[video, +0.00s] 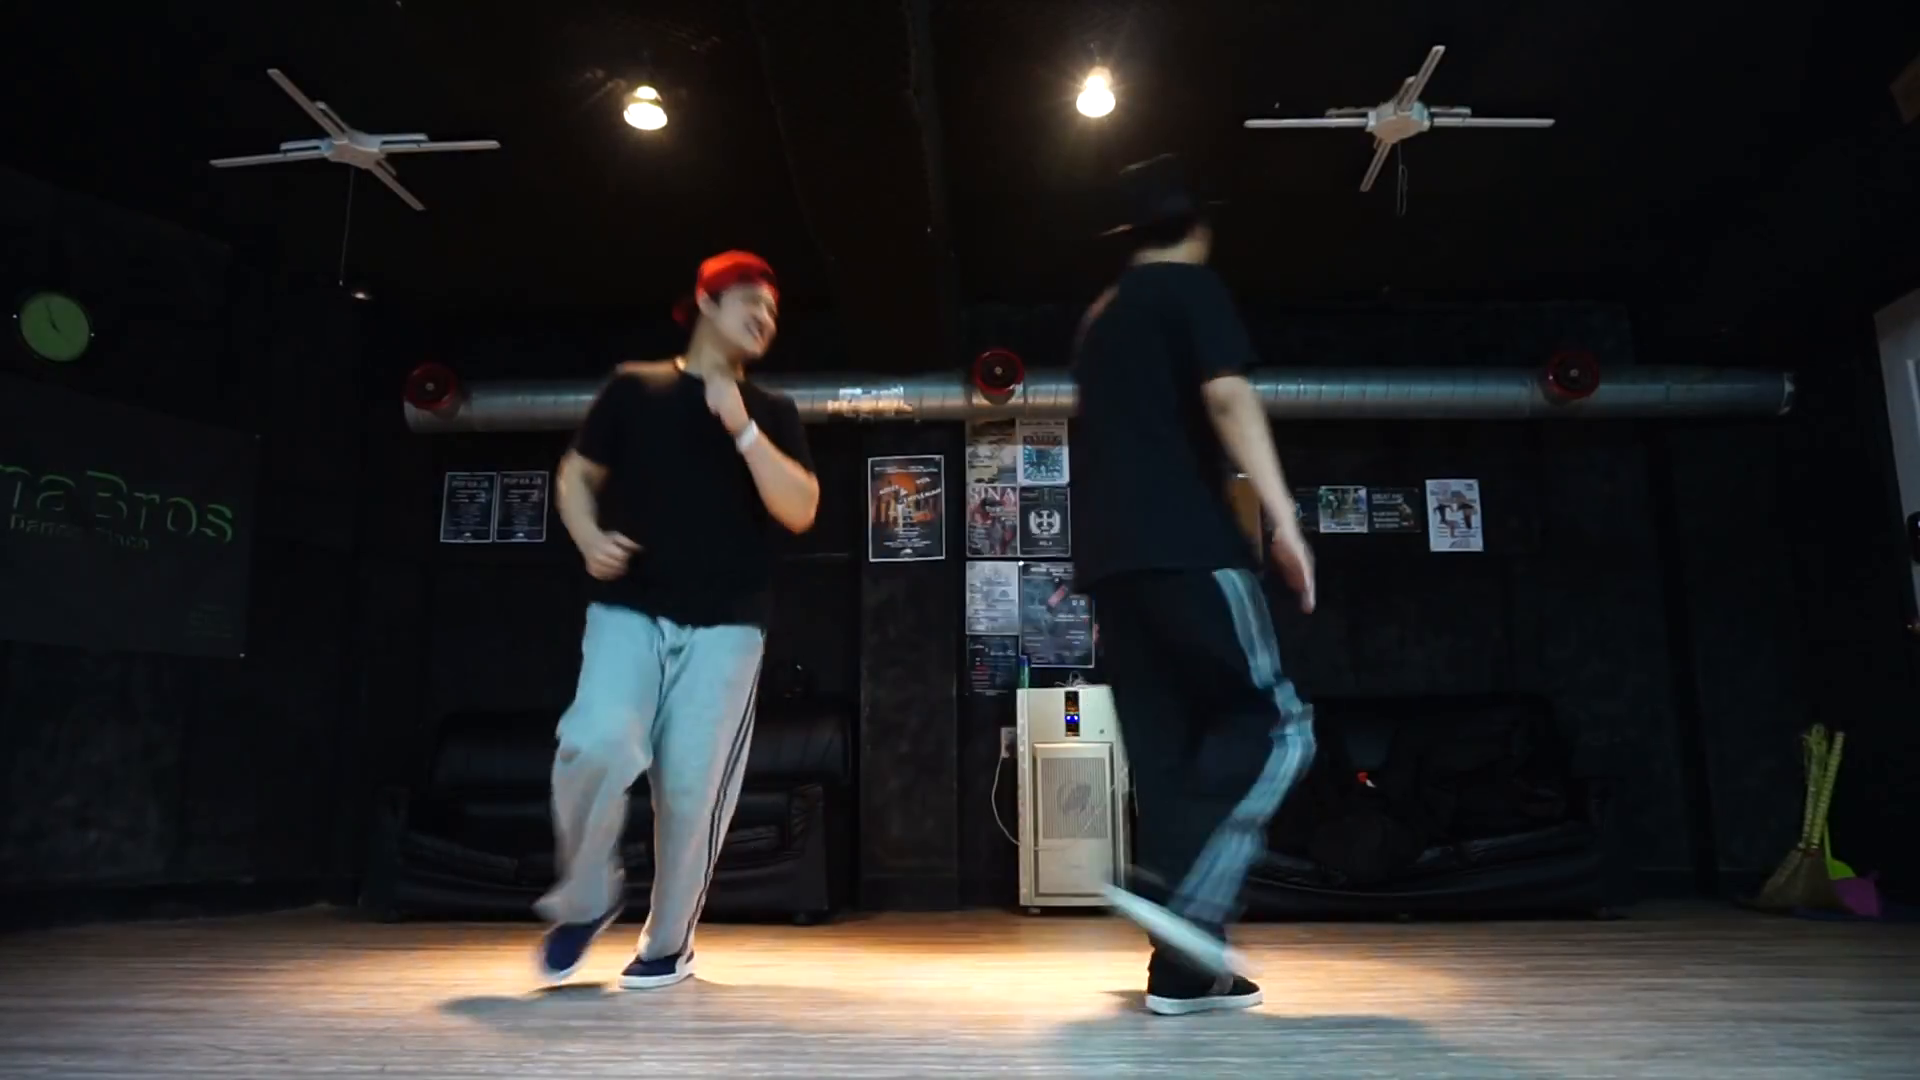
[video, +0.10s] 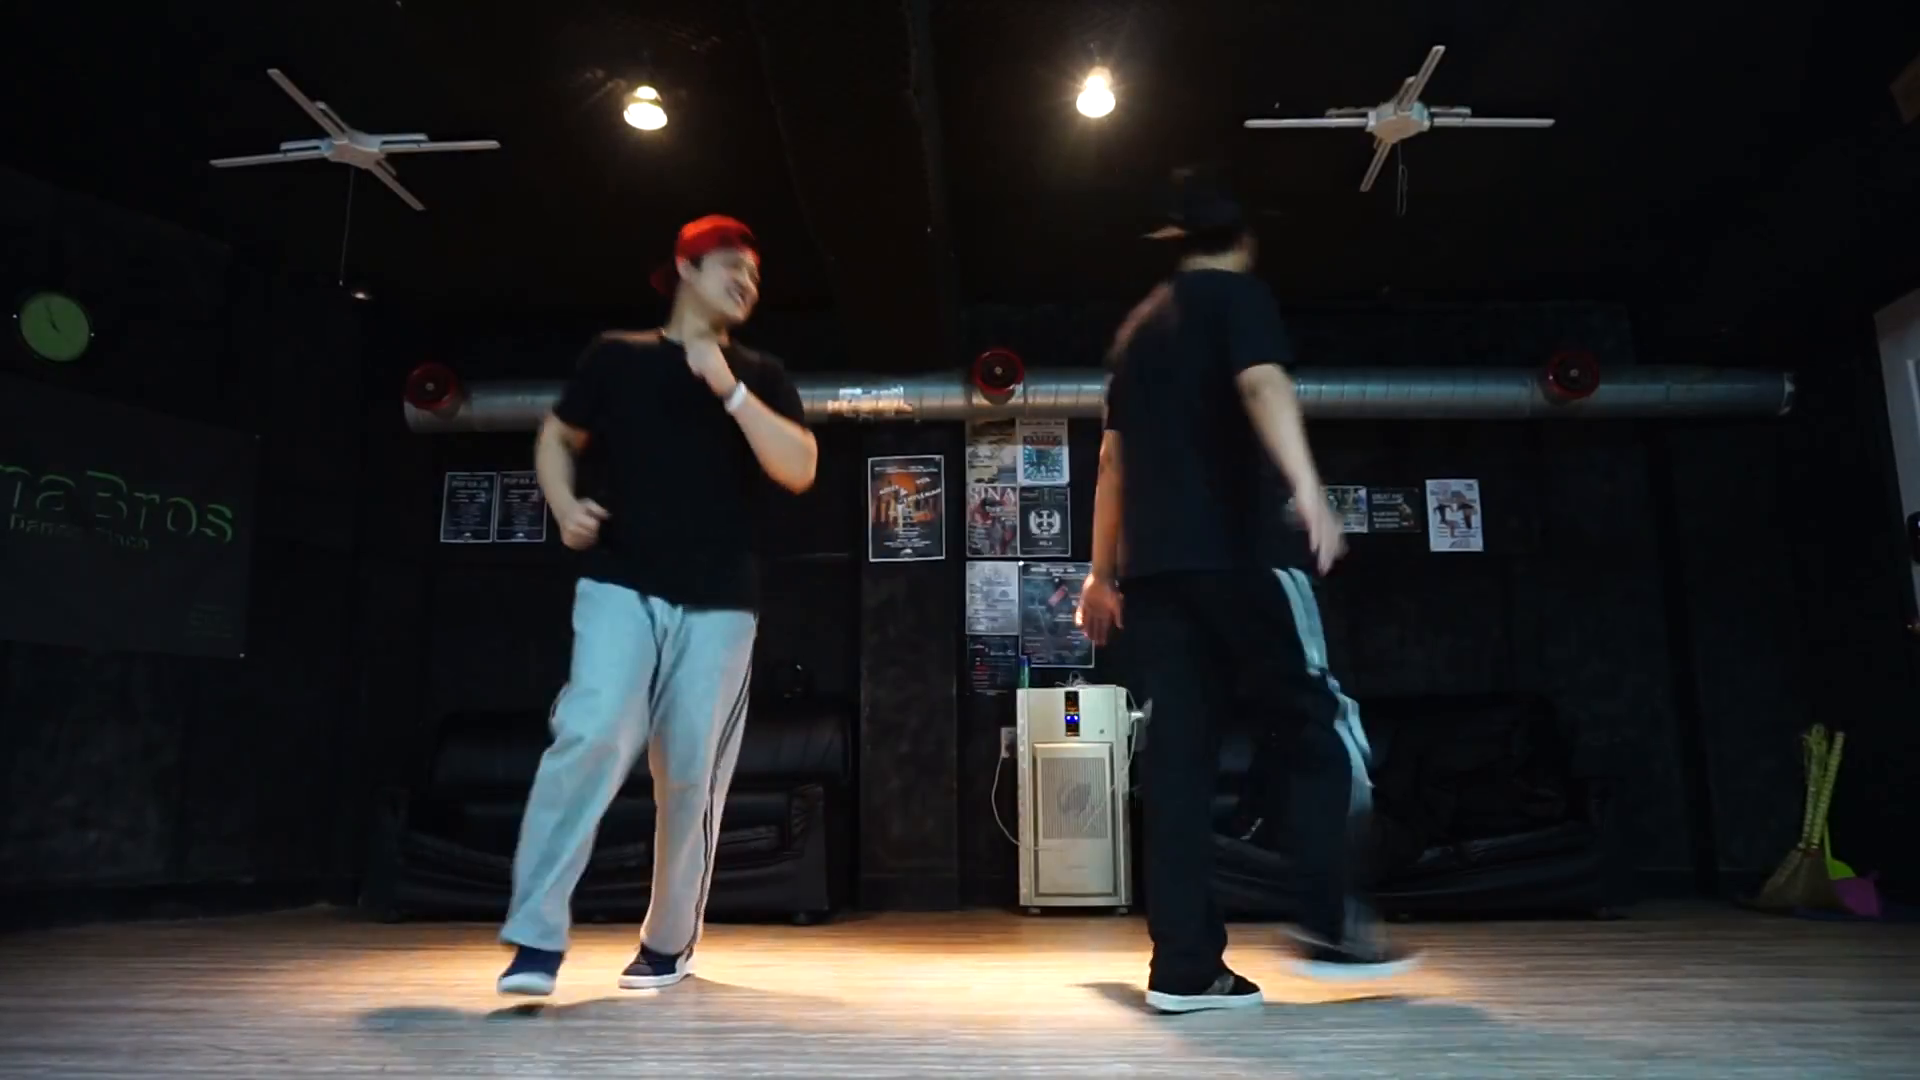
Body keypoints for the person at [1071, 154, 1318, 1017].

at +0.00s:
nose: (1208, 238)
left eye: (1199, 228)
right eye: (1206, 227)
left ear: (1133, 235)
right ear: (1196, 228)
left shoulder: (1105, 312)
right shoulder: (1192, 290)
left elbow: (1113, 443)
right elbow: (1229, 400)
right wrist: (1283, 518)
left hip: (1118, 560)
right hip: (1188, 551)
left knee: (1165, 750)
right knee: (1277, 723)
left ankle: (1183, 965)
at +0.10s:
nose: (1252, 251)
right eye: (1250, 239)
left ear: (1175, 242)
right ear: (1243, 238)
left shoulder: (1138, 326)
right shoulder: (1237, 297)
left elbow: (1114, 461)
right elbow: (1262, 385)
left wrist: (1102, 569)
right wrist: (1311, 492)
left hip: (1156, 574)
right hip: (1243, 564)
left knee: (1176, 760)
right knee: (1323, 727)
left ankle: (1184, 965)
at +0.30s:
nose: (1354, 299)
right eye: (1351, 289)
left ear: (1274, 282)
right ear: (1344, 286)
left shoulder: (1225, 363)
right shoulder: (1323, 334)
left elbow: (1158, 470)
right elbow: (1346, 387)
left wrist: (1113, 562)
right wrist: (1427, 464)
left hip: (1239, 600)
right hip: (1332, 593)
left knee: (1232, 762)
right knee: (1388, 760)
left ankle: (1190, 950)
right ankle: (1449, 934)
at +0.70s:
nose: (1362, 319)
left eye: (1360, 311)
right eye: (1369, 310)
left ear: (1368, 309)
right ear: (1429, 298)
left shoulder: (1344, 382)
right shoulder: (1475, 353)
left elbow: (1345, 495)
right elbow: (1563, 435)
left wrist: (1362, 561)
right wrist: (1628, 452)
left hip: (1389, 591)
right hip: (1467, 583)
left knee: (1427, 747)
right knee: (1472, 749)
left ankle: (1452, 918)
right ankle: (1453, 935)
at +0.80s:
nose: (1381, 337)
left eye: (1381, 327)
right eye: (1390, 326)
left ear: (1387, 327)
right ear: (1448, 320)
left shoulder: (1369, 398)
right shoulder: (1494, 375)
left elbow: (1377, 500)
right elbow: (1552, 478)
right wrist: (1571, 484)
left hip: (1416, 600)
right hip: (1491, 593)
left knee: (1465, 753)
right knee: (1480, 760)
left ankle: (1543, 917)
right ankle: (1453, 936)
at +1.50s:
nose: (1432, 406)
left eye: (1435, 390)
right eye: (1429, 394)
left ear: (1468, 381)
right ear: (1484, 382)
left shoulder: (1463, 439)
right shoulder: (1551, 435)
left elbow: (1436, 488)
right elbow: (1635, 484)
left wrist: (1384, 554)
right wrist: (1703, 536)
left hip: (1494, 629)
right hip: (1563, 624)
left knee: (1508, 765)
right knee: (1562, 752)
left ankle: (1571, 916)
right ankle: (1557, 892)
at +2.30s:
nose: (1439, 406)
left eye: (1451, 397)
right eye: (1430, 399)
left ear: (1476, 407)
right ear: (1420, 414)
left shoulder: (1495, 466)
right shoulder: (1431, 483)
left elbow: (1476, 551)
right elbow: (1414, 551)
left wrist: (1441, 627)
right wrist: (1389, 600)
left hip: (1493, 635)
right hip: (1450, 633)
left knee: (1482, 766)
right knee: (1463, 763)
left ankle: (1479, 900)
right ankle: (1537, 867)